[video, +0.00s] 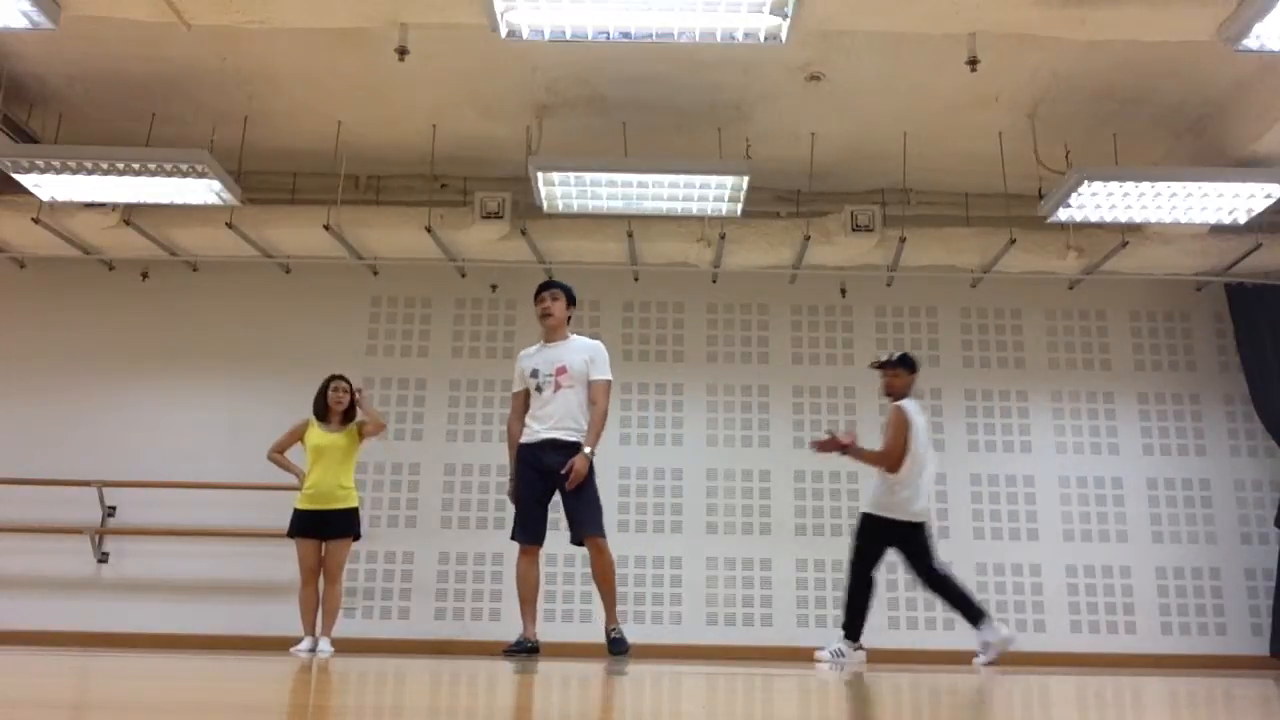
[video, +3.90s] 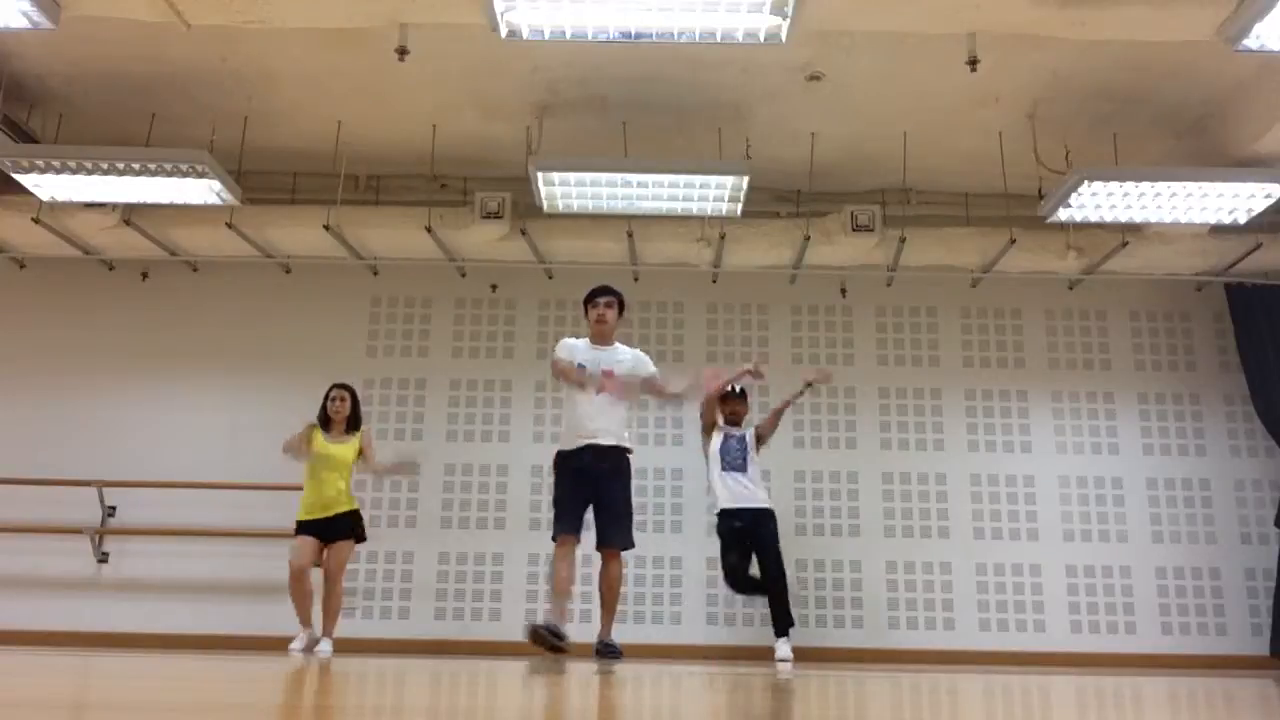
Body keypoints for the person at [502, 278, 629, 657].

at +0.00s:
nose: (546, 306)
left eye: (553, 300)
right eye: (540, 302)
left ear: (569, 308)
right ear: (536, 312)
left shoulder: (592, 349)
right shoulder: (526, 358)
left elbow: (600, 405)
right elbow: (516, 416)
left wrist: (587, 452)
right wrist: (514, 472)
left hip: (574, 453)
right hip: (530, 455)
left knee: (595, 539)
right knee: (528, 545)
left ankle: (613, 625)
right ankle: (529, 635)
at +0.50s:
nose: (598, 309)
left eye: (605, 304)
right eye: (592, 304)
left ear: (616, 312)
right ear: (582, 311)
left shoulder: (633, 358)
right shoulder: (562, 353)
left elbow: (644, 414)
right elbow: (550, 406)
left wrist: (644, 469)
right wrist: (546, 453)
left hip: (614, 459)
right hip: (569, 457)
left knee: (615, 550)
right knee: (552, 542)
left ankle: (614, 635)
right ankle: (541, 632)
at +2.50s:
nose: (589, 306)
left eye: (595, 301)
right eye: (582, 301)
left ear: (606, 311)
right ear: (571, 311)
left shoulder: (623, 356)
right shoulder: (552, 352)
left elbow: (633, 412)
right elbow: (537, 406)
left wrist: (632, 464)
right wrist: (534, 459)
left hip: (606, 456)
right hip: (561, 455)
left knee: (606, 548)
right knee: (548, 547)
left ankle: (606, 636)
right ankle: (537, 635)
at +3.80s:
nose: (608, 314)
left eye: (614, 309)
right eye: (601, 308)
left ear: (625, 318)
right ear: (591, 316)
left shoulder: (639, 364)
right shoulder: (572, 353)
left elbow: (652, 414)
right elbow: (560, 405)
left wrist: (668, 438)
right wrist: (579, 446)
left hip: (621, 457)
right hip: (579, 454)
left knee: (615, 549)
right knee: (578, 543)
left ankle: (606, 636)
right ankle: (582, 633)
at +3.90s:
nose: (602, 312)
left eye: (608, 307)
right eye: (596, 307)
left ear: (620, 315)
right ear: (586, 314)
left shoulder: (634, 358)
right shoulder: (570, 346)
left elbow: (660, 389)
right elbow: (561, 370)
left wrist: (690, 388)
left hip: (613, 458)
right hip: (572, 456)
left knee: (611, 549)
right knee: (565, 541)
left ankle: (606, 636)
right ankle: (555, 626)